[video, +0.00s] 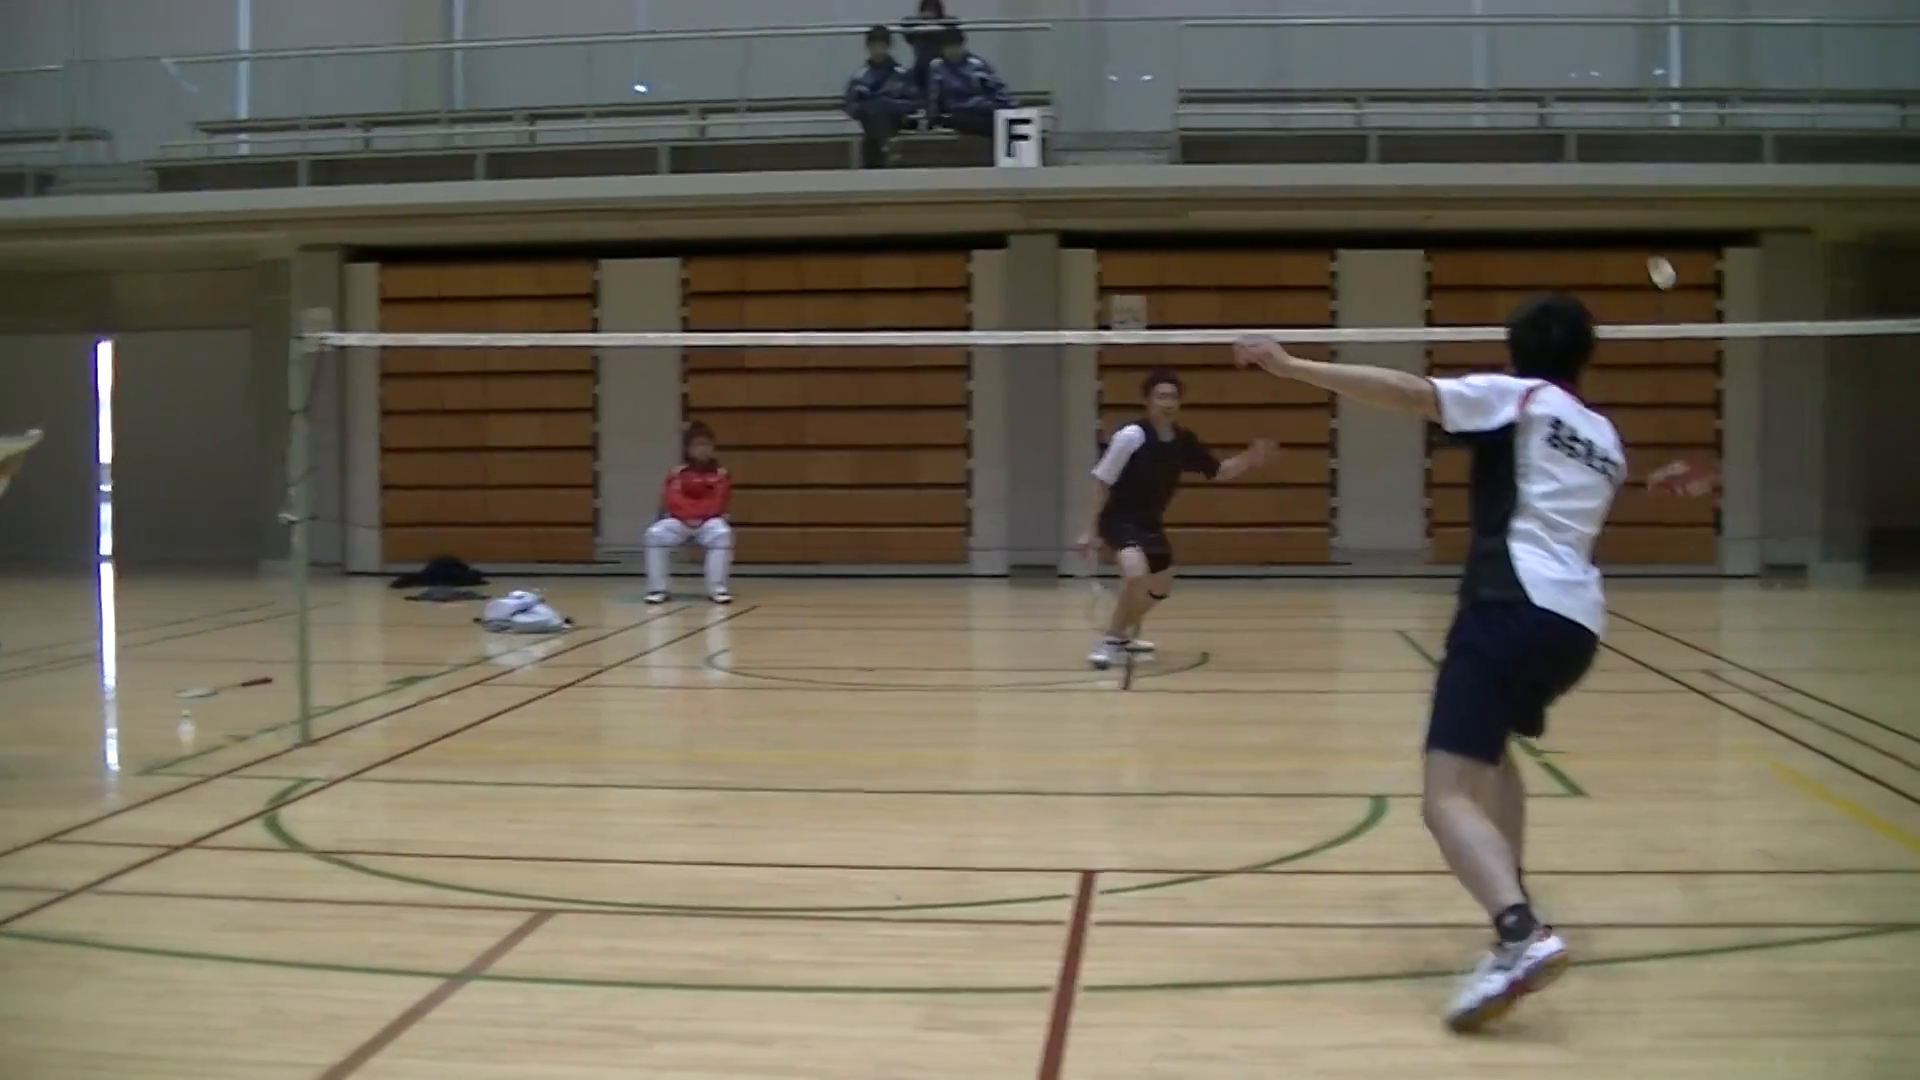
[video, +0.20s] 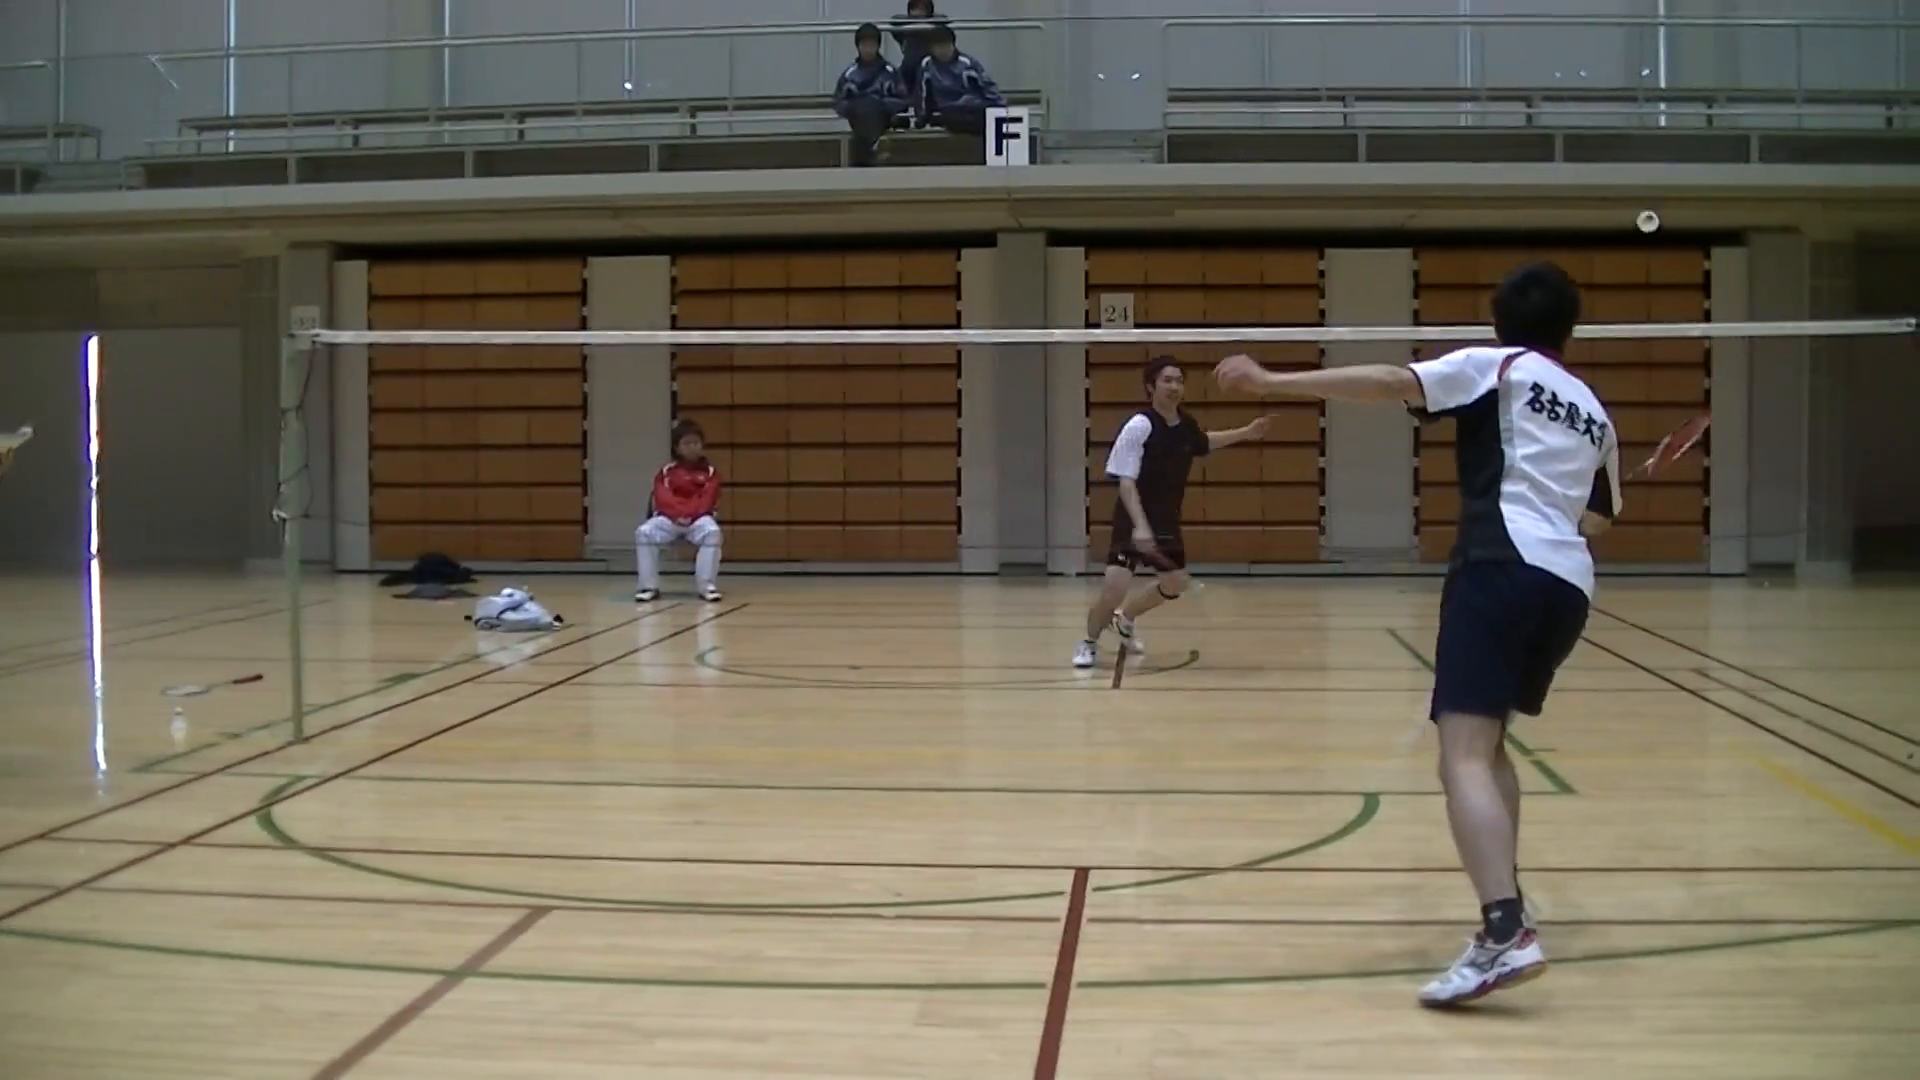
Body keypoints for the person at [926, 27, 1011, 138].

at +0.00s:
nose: (954, 52)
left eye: (957, 47)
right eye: (949, 48)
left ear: (962, 47)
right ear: (943, 49)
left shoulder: (976, 63)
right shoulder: (937, 67)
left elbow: (996, 84)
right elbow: (934, 95)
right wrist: (933, 118)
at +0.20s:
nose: (943, 52)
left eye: (945, 46)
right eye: (938, 47)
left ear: (953, 46)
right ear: (932, 49)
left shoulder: (968, 63)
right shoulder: (927, 66)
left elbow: (986, 85)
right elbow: (923, 93)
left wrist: (999, 104)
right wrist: (922, 118)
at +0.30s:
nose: (928, 52)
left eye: (931, 47)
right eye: (923, 48)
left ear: (937, 46)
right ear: (915, 49)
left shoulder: (949, 63)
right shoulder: (910, 67)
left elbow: (969, 85)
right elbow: (906, 94)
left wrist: (983, 105)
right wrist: (905, 118)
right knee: (952, 101)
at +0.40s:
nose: (913, 53)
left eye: (916, 47)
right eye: (908, 48)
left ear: (923, 47)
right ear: (902, 50)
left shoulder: (935, 63)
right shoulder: (897, 66)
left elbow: (955, 85)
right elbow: (893, 95)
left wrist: (969, 104)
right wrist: (891, 119)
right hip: (916, 114)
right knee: (938, 101)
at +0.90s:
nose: (905, 54)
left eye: (908, 49)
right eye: (900, 50)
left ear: (915, 49)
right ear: (894, 52)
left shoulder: (929, 67)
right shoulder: (888, 70)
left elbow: (948, 89)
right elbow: (884, 98)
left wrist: (961, 108)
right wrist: (883, 123)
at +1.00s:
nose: (906, 54)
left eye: (909, 49)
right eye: (901, 50)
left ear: (916, 49)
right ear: (895, 52)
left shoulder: (930, 66)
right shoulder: (888, 70)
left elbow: (948, 89)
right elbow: (884, 99)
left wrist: (961, 108)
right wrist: (884, 123)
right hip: (910, 115)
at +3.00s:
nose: (910, 52)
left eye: (913, 47)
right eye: (905, 48)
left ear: (919, 47)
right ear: (898, 50)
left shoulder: (932, 63)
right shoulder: (892, 67)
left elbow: (951, 86)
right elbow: (886, 95)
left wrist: (965, 106)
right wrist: (886, 120)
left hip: (940, 107)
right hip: (913, 112)